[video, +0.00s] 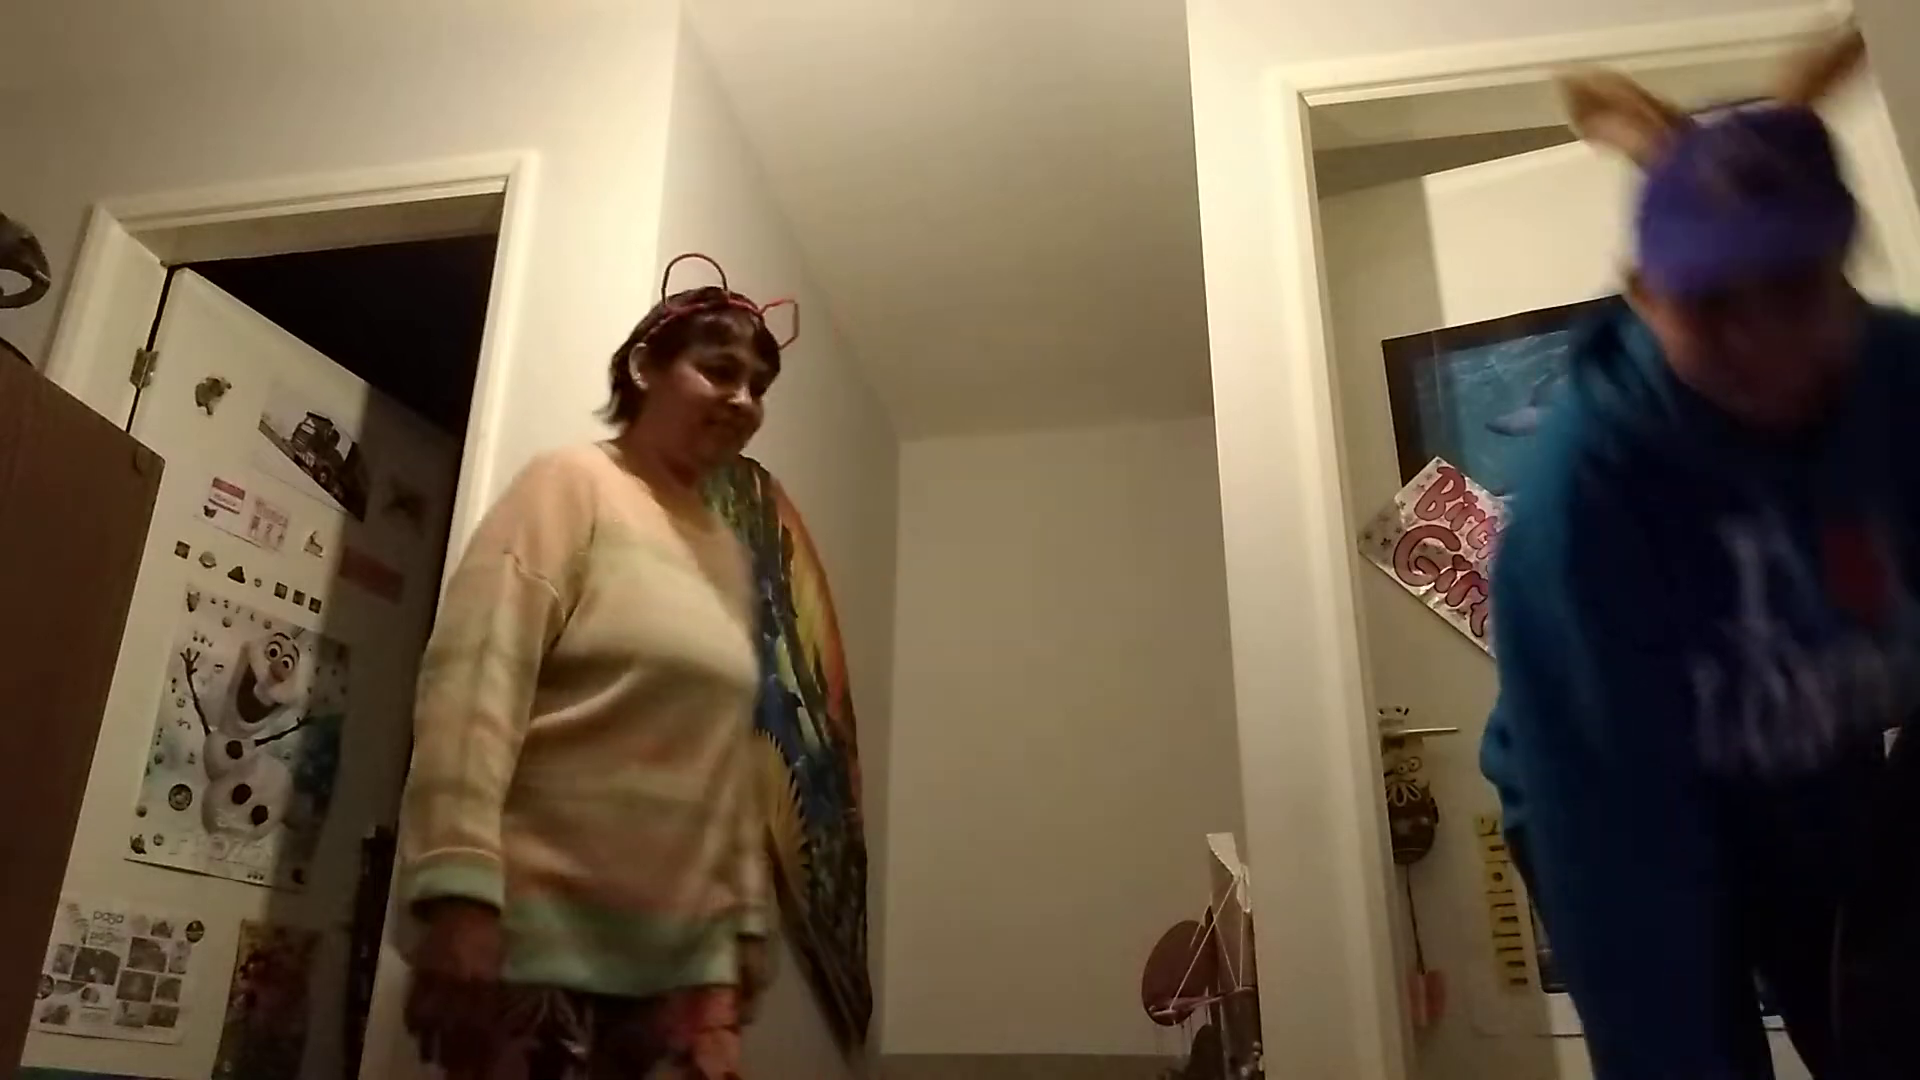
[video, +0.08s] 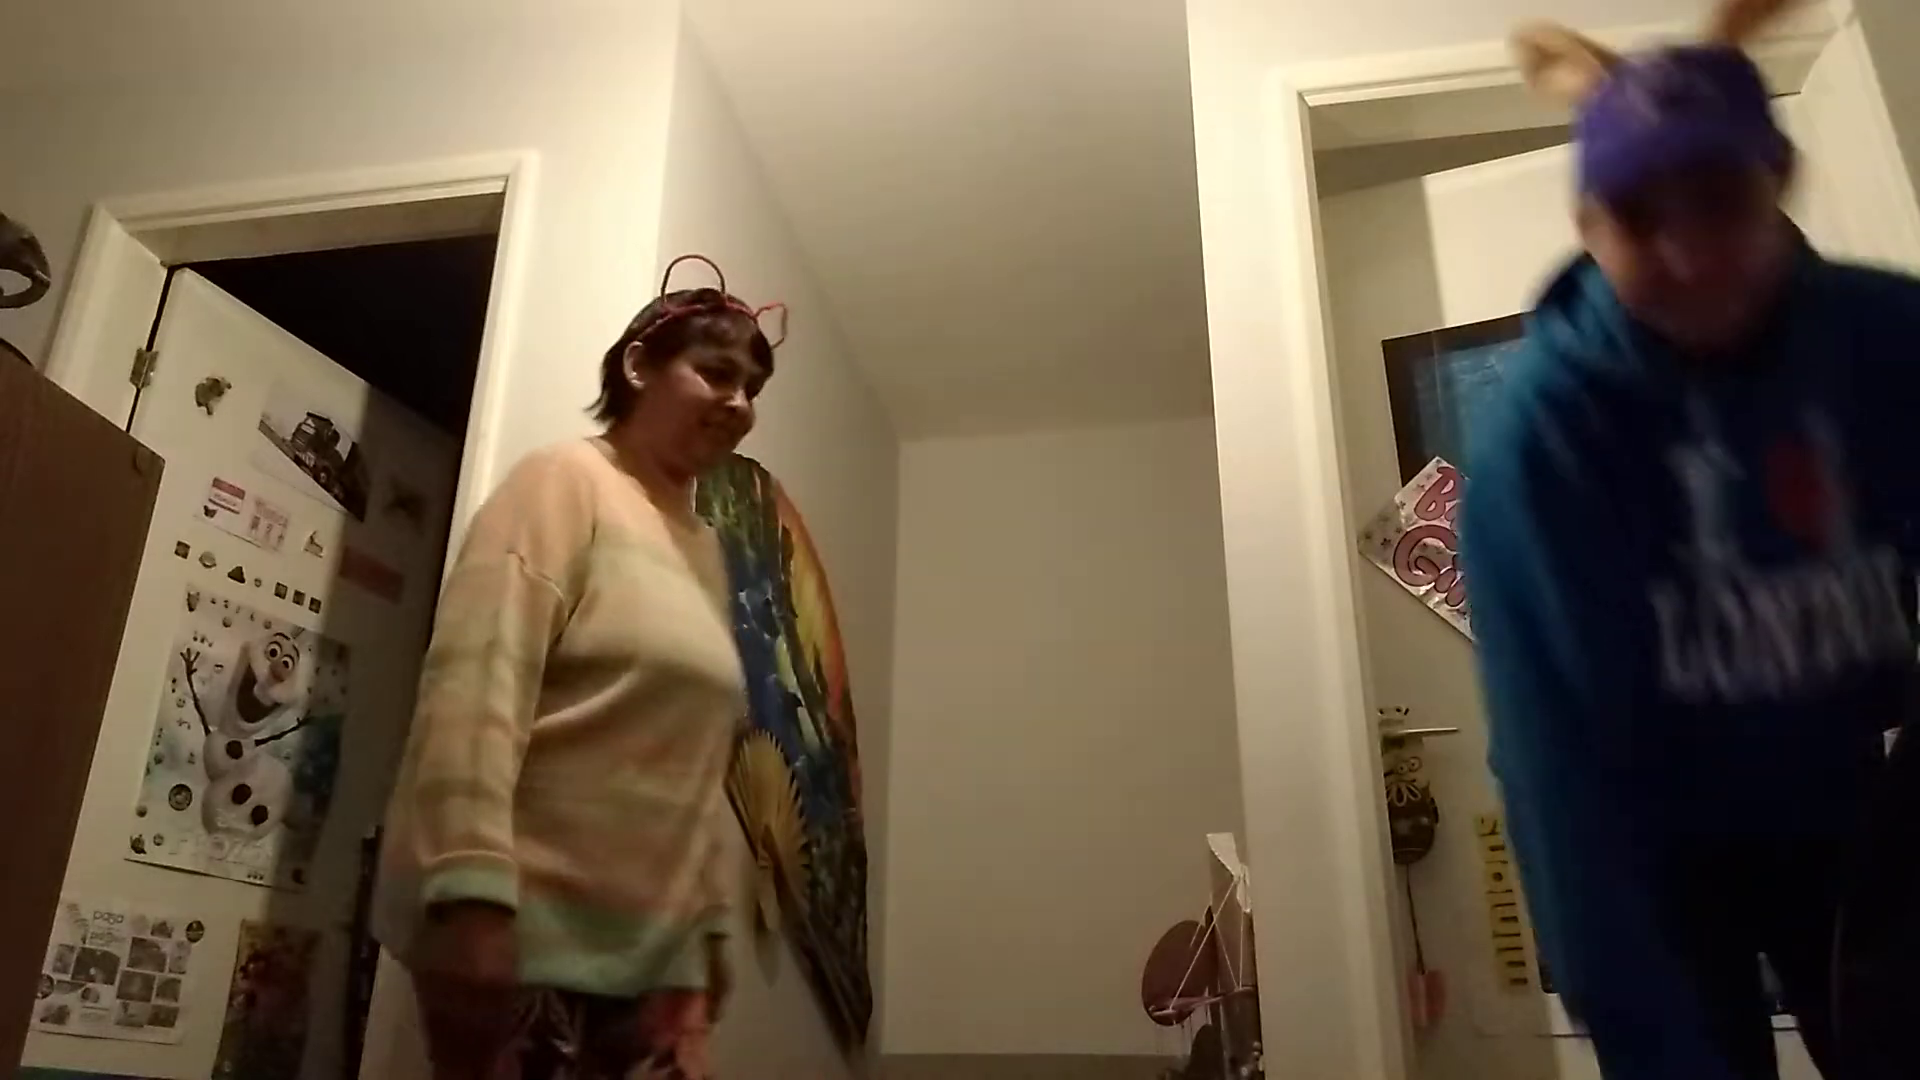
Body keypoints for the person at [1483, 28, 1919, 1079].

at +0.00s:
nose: (1758, 340)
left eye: (1792, 294)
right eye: (1711, 304)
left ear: (1843, 271)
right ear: (1646, 297)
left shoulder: (1900, 384)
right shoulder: (1587, 489)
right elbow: (1602, 826)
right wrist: (1674, 1057)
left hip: (1848, 803)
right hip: (1649, 836)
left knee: (1888, 1047)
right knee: (1690, 1056)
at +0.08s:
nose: (1684, 253)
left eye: (1718, 206)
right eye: (1640, 217)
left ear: (1779, 190)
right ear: (1588, 228)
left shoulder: (1890, 340)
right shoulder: (1541, 430)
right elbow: (1549, 748)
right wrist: (1622, 1000)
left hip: (1874, 836)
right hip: (1658, 861)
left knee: (1891, 1050)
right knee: (1698, 1060)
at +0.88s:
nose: (1632, 198)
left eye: (1661, 166)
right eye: (1606, 190)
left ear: (1735, 179)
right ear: (1602, 232)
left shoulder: (1846, 271)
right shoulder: (1610, 402)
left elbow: (1919, 463)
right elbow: (1607, 659)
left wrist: (1711, 505)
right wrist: (1576, 603)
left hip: (1875, 780)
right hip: (1710, 812)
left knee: (1886, 1052)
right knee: (1758, 1064)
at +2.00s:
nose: (1489, 251)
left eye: (1517, 221)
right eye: (1472, 241)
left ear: (1596, 228)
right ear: (1468, 274)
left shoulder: (1664, 297)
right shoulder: (1554, 402)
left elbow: (1614, 476)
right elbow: (1518, 651)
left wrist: (1458, 443)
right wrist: (1439, 507)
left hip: (1811, 772)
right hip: (1700, 794)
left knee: (1794, 1044)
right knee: (1722, 1049)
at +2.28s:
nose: (1412, 209)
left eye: (1433, 177)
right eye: (1401, 195)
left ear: (1518, 170)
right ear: (1403, 219)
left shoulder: (1580, 240)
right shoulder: (1445, 334)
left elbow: (1447, 356)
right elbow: (1384, 559)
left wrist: (1357, 327)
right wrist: (1359, 403)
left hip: (1692, 702)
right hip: (1568, 732)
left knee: (1720, 1015)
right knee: (1627, 1026)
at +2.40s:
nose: (1357, 185)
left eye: (1375, 151)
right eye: (1349, 171)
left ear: (1460, 135)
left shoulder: (1525, 205)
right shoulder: (1418, 311)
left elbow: (1428, 354)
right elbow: (1356, 533)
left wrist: (1314, 336)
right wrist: (1306, 387)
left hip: (1613, 653)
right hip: (1503, 684)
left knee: (1638, 993)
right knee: (1561, 1002)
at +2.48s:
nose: (1326, 209)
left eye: (1346, 175)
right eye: (1321, 193)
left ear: (1427, 158)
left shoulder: (1490, 250)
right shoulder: (1371, 333)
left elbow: (1413, 473)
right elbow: (1336, 567)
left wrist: (1275, 392)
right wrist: (1274, 417)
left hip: (1580, 713)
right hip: (1482, 728)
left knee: (1584, 1038)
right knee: (1526, 1040)